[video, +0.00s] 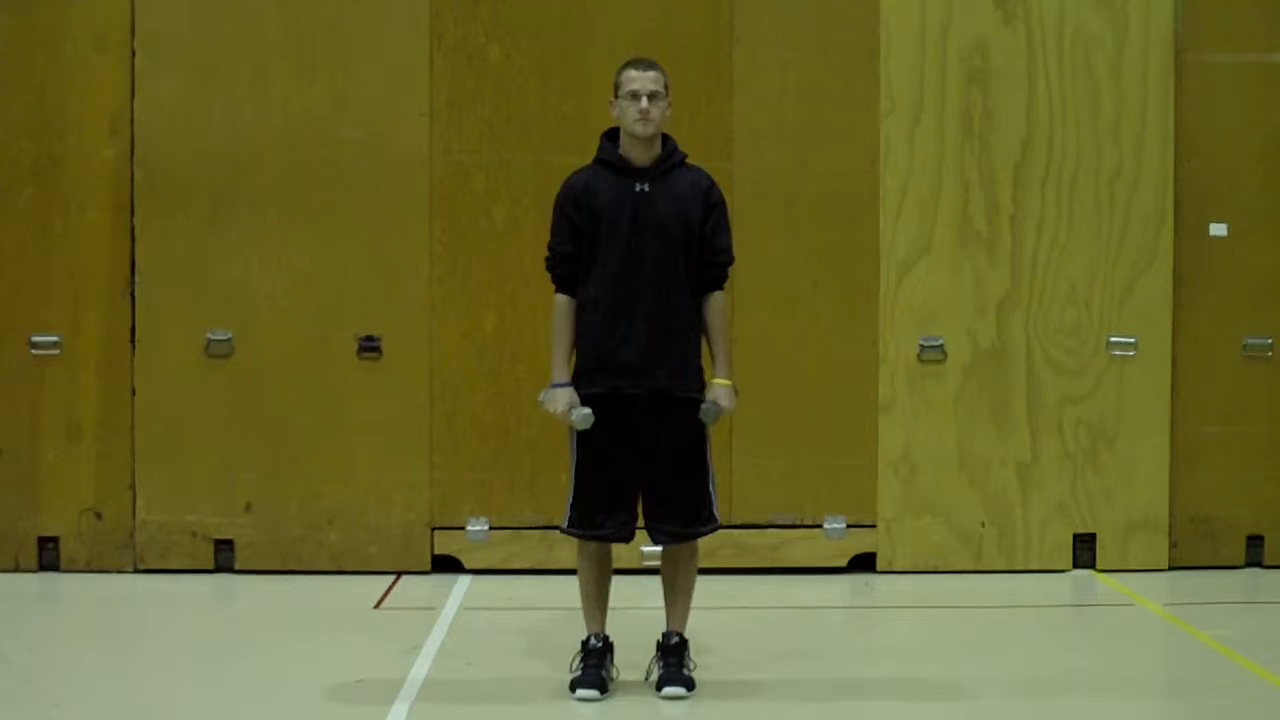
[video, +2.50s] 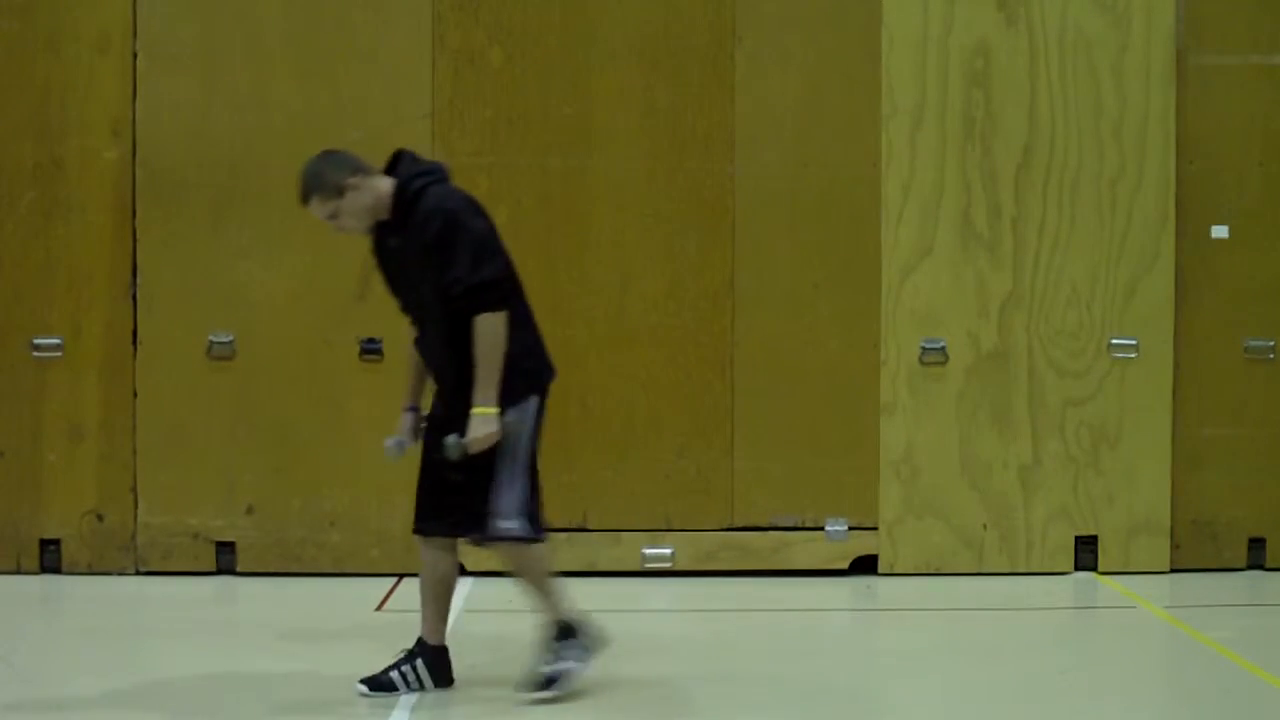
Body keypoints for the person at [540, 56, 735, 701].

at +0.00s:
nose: (645, 107)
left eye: (655, 98)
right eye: (634, 97)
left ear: (669, 107)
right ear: (614, 106)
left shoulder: (698, 189)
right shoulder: (581, 189)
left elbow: (713, 290)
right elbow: (565, 292)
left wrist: (723, 374)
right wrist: (560, 379)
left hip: (676, 384)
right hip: (601, 384)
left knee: (680, 525)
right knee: (595, 523)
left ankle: (675, 647)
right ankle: (595, 647)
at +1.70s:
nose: (591, 167)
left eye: (597, 154)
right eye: (583, 157)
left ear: (631, 133)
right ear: (584, 149)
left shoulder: (696, 194)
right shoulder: (588, 200)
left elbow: (720, 295)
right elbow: (591, 295)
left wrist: (720, 387)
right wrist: (583, 377)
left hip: (677, 388)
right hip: (605, 387)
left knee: (683, 524)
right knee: (586, 515)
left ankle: (676, 648)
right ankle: (595, 644)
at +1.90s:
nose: (551, 181)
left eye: (554, 167)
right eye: (543, 171)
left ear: (583, 142)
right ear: (550, 159)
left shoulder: (658, 196)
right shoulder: (569, 210)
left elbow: (686, 295)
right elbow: (590, 296)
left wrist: (679, 391)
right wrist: (589, 371)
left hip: (651, 389)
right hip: (585, 386)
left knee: (666, 527)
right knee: (542, 514)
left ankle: (674, 650)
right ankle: (507, 645)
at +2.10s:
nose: (493, 199)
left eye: (493, 185)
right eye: (486, 190)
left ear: (522, 160)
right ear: (512, 169)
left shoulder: (601, 205)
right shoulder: (528, 215)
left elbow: (627, 307)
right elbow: (550, 303)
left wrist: (610, 403)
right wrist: (547, 377)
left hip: (611, 396)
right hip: (546, 392)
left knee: (639, 533)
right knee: (498, 524)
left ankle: (670, 651)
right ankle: (446, 648)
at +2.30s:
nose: (402, 212)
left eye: (400, 199)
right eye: (394, 203)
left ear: (426, 174)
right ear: (415, 181)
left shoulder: (514, 207)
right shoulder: (449, 219)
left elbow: (550, 306)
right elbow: (482, 307)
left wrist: (538, 402)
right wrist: (488, 380)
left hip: (558, 393)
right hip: (494, 393)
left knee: (603, 527)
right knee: (455, 523)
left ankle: (659, 643)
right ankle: (432, 653)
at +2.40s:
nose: (366, 220)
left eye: (362, 208)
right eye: (358, 213)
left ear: (383, 179)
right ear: (379, 189)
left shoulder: (477, 207)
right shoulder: (413, 227)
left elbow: (518, 305)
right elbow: (451, 317)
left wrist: (509, 402)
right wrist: (446, 389)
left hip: (531, 391)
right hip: (471, 392)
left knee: (559, 521)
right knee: (443, 524)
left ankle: (637, 625)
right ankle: (432, 653)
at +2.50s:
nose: (338, 228)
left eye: (335, 215)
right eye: (329, 221)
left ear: (356, 187)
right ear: (349, 195)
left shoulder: (446, 209)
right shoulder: (388, 235)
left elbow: (492, 308)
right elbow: (428, 323)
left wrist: (485, 407)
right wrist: (413, 404)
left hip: (511, 384)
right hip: (456, 390)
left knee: (502, 524)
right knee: (435, 524)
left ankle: (569, 629)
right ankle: (432, 654)